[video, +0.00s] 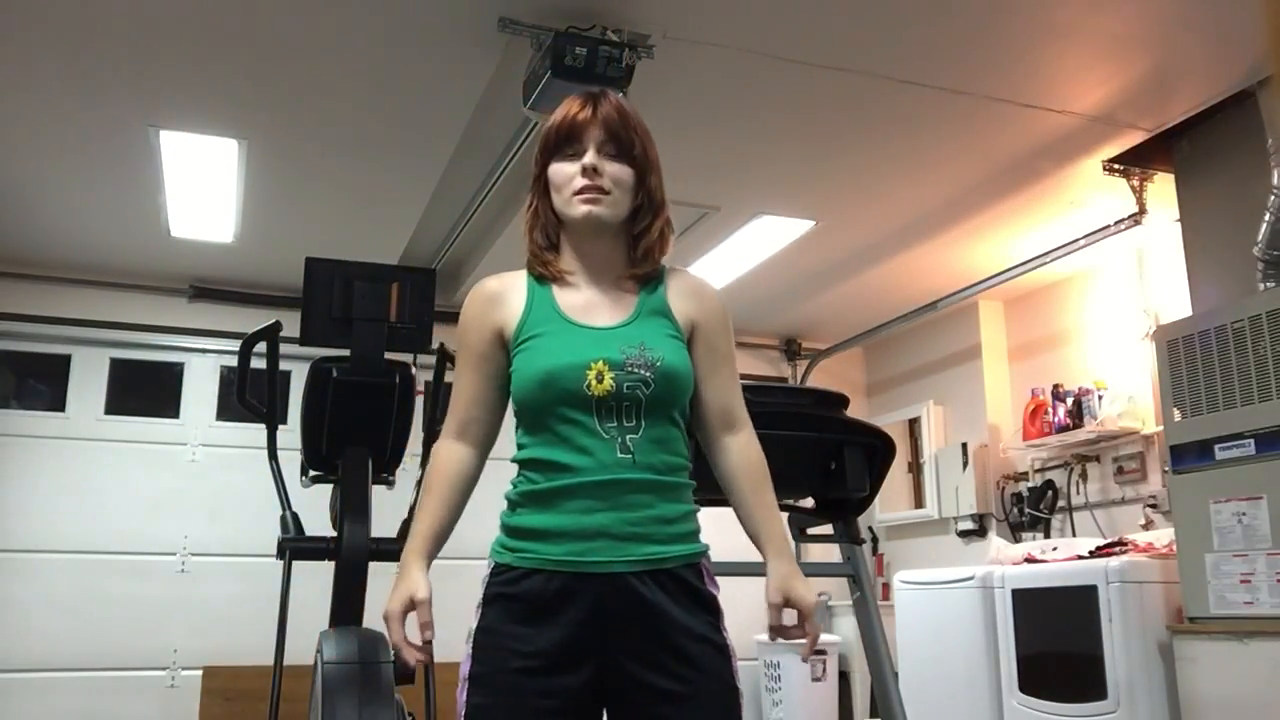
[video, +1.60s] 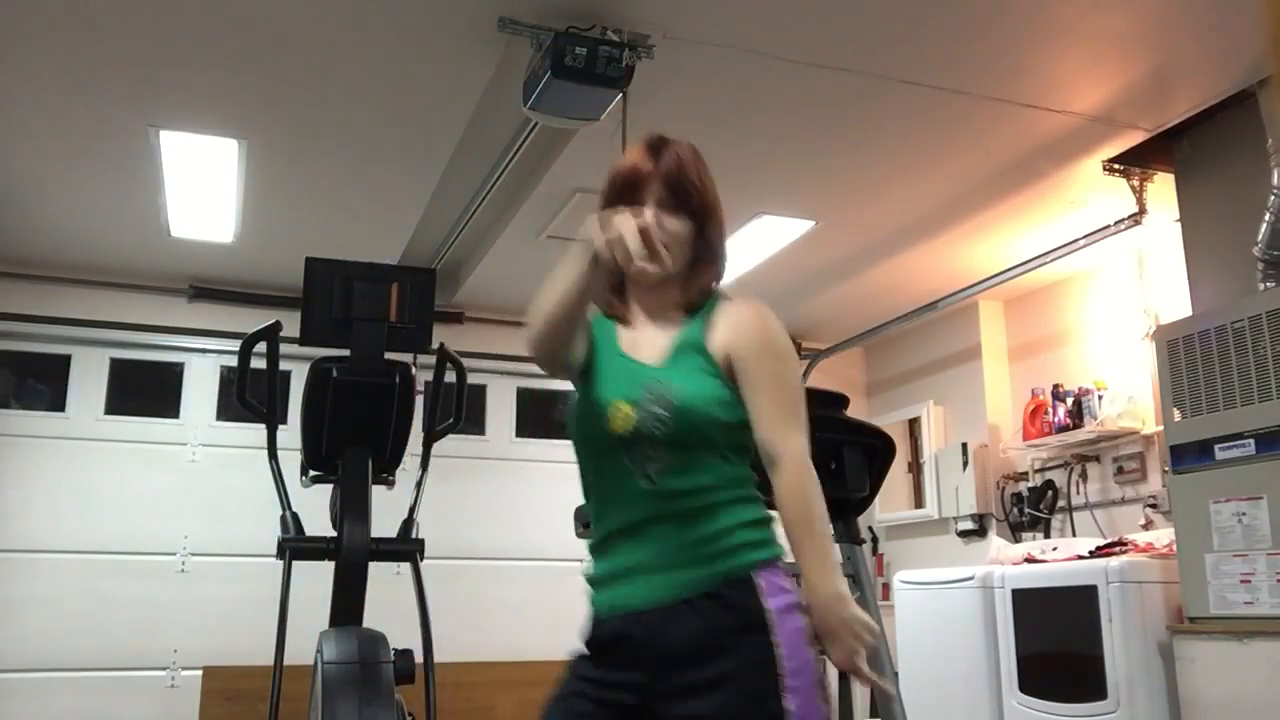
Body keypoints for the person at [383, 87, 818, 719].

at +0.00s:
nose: (591, 165)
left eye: (614, 153)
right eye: (570, 153)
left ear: (642, 182)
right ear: (544, 183)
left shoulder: (691, 300)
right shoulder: (499, 301)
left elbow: (731, 434)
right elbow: (462, 439)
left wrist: (781, 559)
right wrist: (415, 561)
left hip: (670, 599)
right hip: (534, 599)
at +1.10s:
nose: (556, 195)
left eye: (577, 178)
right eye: (536, 180)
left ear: (608, 199)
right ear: (515, 202)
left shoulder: (667, 317)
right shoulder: (476, 326)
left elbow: (705, 435)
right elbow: (454, 459)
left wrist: (730, 539)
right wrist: (349, 543)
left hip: (624, 622)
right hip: (488, 617)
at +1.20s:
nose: (562, 216)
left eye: (583, 200)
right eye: (542, 202)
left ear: (615, 221)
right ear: (519, 228)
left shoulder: (671, 322)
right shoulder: (488, 344)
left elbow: (717, 420)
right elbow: (425, 465)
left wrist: (739, 474)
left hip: (631, 629)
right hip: (498, 618)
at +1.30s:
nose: (578, 194)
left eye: (601, 177)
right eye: (558, 178)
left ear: (631, 198)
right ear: (537, 201)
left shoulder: (679, 293)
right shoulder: (504, 310)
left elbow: (741, 388)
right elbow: (407, 404)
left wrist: (752, 443)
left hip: (648, 607)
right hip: (517, 601)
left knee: (696, 708)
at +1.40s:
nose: (603, 176)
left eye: (627, 159)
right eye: (584, 160)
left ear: (656, 179)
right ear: (561, 180)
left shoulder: (692, 268)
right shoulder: (529, 282)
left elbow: (751, 365)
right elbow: (436, 339)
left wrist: (775, 471)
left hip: (669, 570)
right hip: (545, 572)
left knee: (710, 710)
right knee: (517, 708)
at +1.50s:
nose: (626, 192)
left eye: (650, 177)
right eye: (610, 173)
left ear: (679, 199)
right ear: (584, 190)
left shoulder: (716, 292)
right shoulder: (556, 299)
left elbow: (768, 412)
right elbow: (487, 322)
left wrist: (799, 542)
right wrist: (530, 206)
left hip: (698, 591)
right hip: (582, 595)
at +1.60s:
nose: (651, 223)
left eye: (673, 207)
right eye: (634, 204)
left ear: (703, 226)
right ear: (611, 221)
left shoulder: (740, 323)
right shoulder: (593, 333)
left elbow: (789, 461)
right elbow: (545, 342)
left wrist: (827, 597)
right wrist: (588, 246)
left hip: (741, 617)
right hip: (624, 629)